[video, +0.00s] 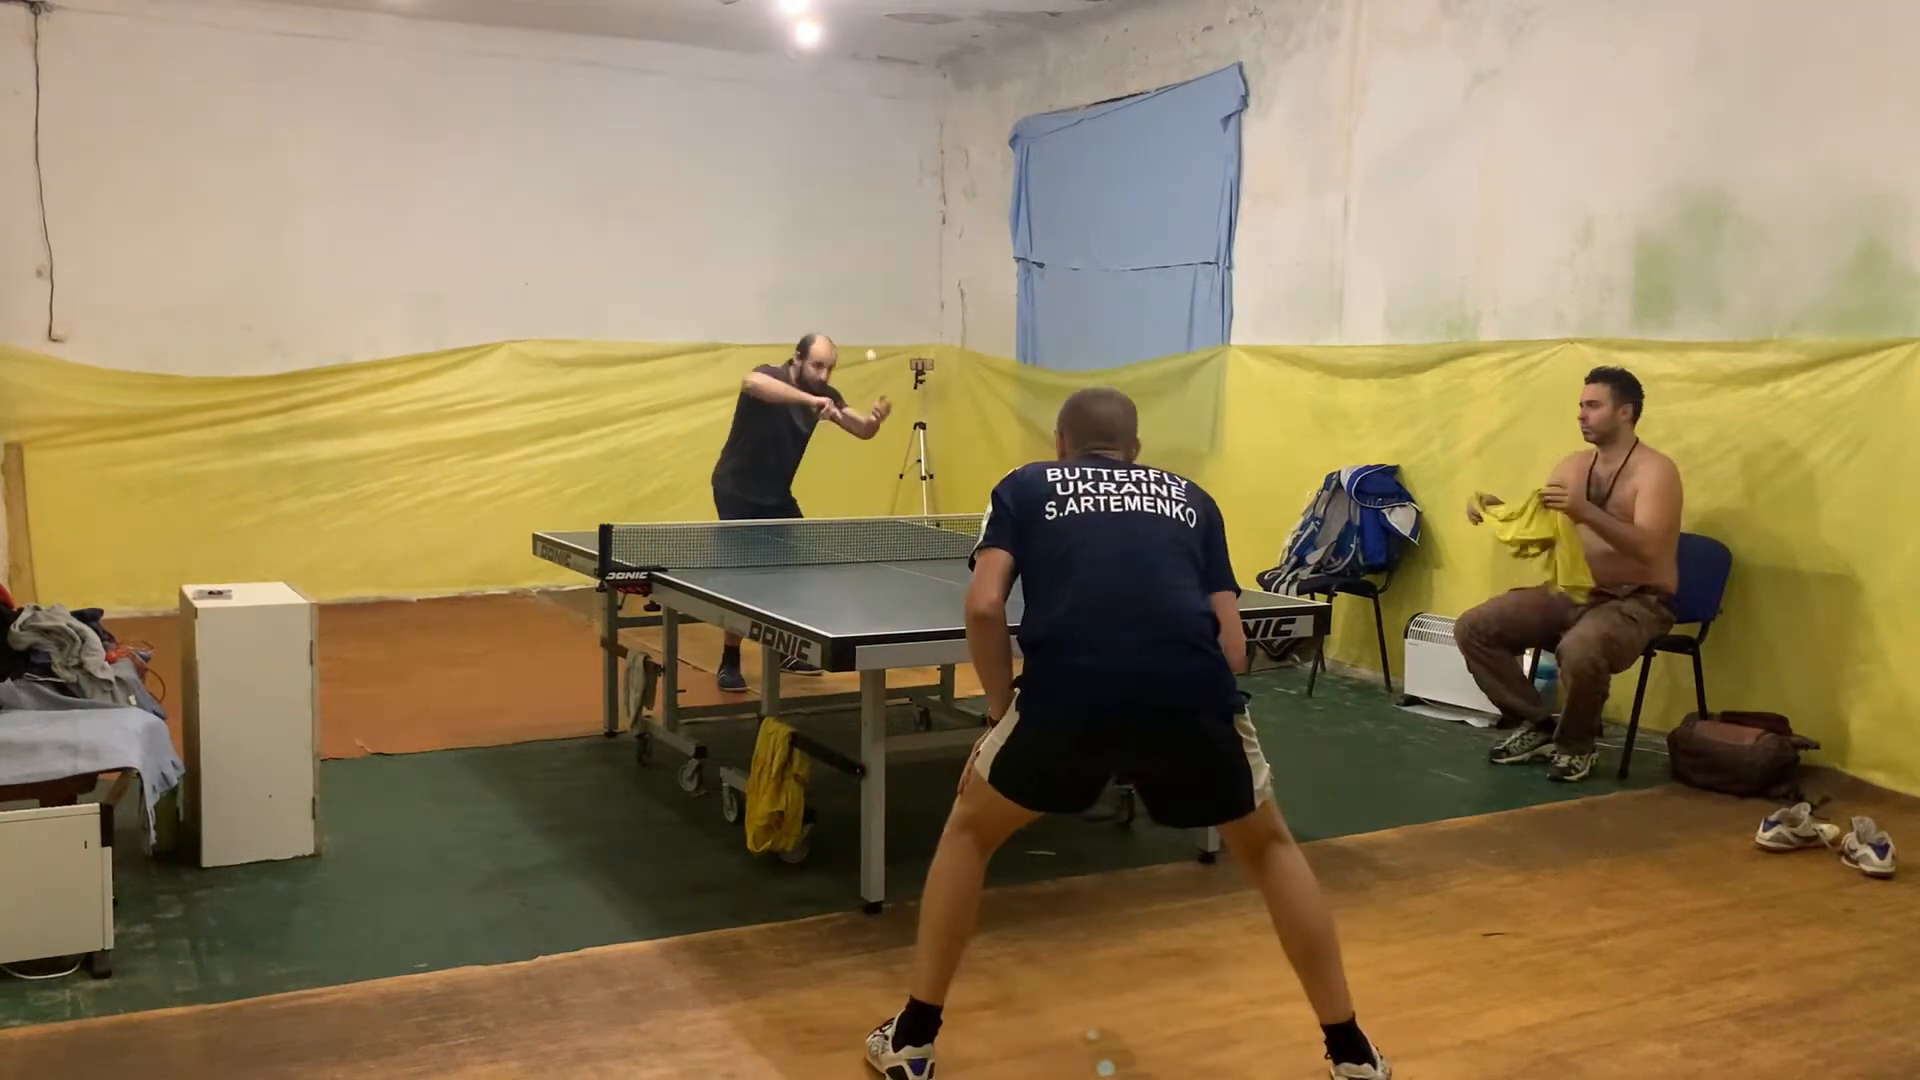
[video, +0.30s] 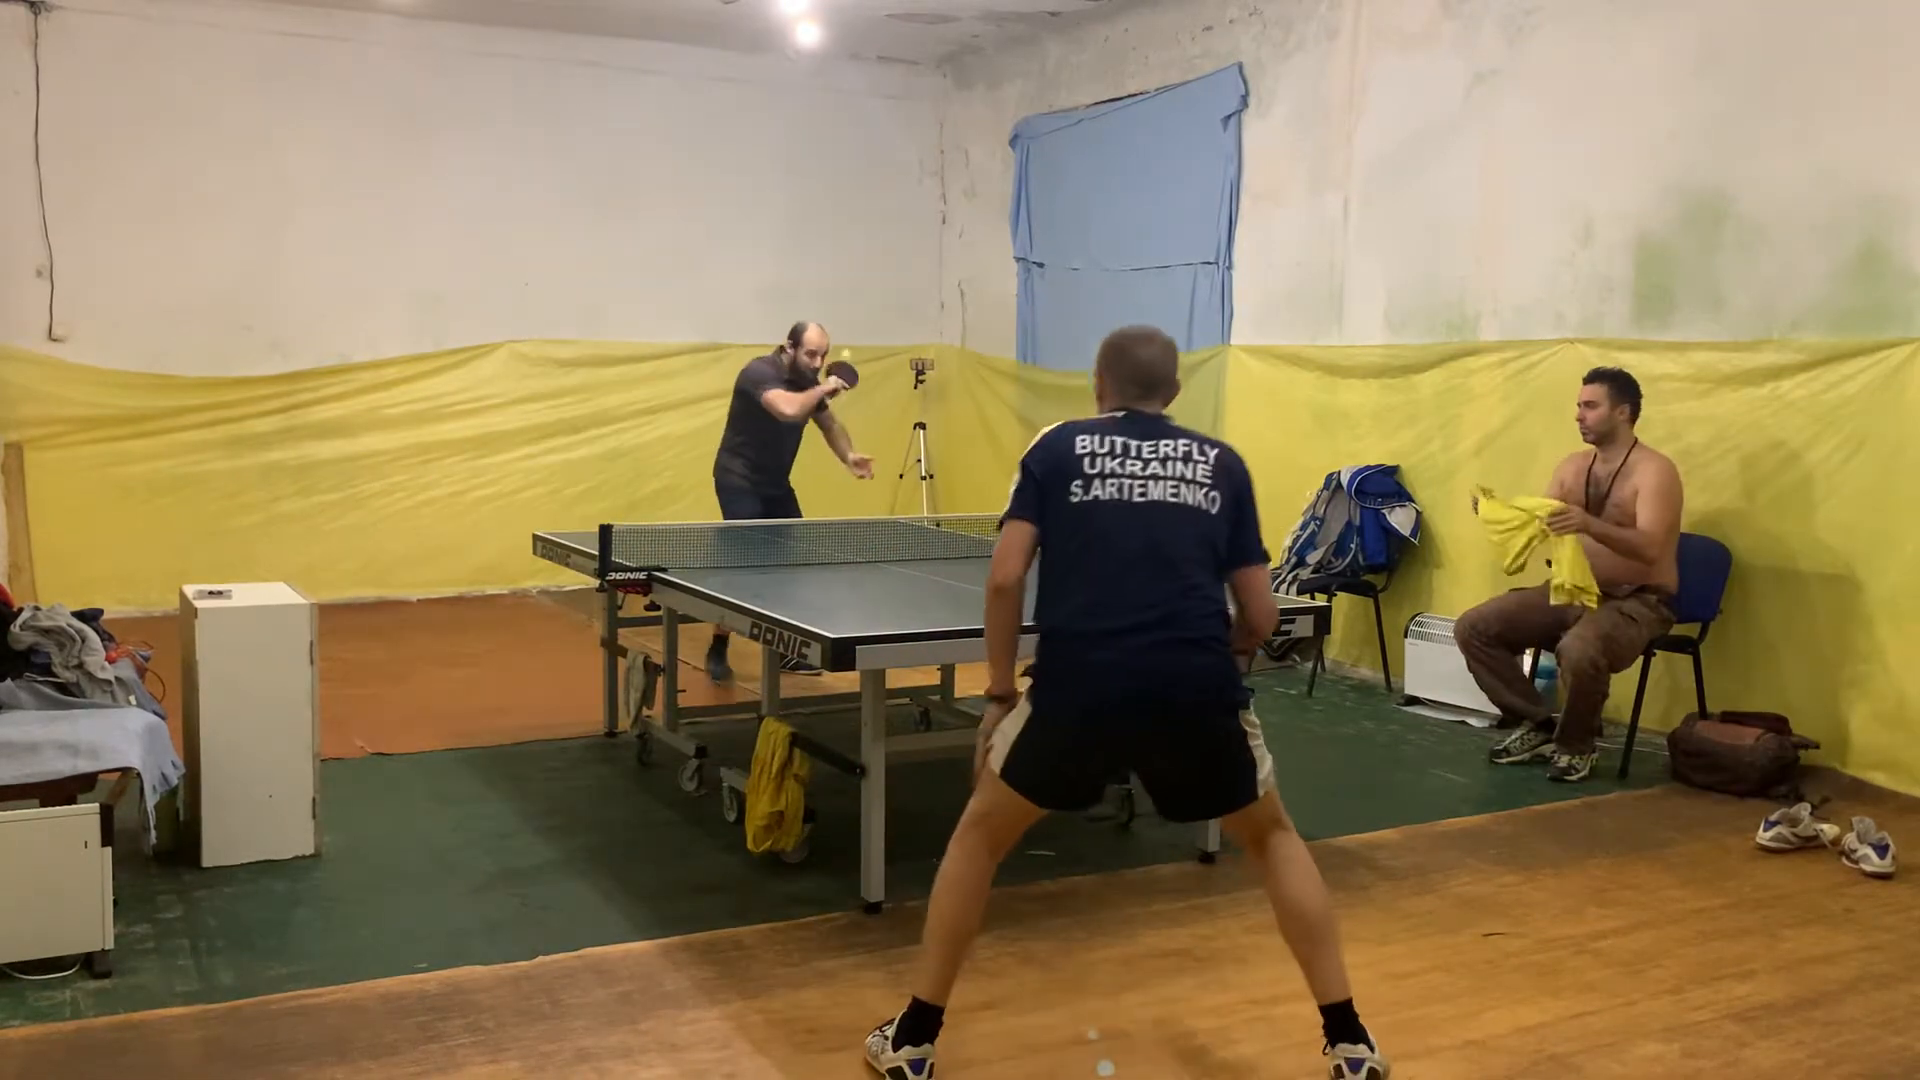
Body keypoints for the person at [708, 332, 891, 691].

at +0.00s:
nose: (824, 373)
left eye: (829, 367)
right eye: (818, 365)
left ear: (833, 367)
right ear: (797, 359)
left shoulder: (825, 395)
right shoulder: (771, 376)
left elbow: (863, 430)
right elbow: (752, 383)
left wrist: (876, 419)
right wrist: (808, 399)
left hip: (778, 496)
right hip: (737, 492)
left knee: (801, 567)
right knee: (744, 574)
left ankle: (787, 648)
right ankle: (731, 660)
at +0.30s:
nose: (818, 362)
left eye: (822, 356)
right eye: (812, 354)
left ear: (824, 354)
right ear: (789, 347)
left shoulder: (809, 381)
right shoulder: (759, 372)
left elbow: (829, 425)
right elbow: (786, 409)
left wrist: (849, 456)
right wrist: (821, 389)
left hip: (776, 483)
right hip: (739, 479)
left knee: (794, 559)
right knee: (748, 560)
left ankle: (787, 646)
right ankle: (719, 644)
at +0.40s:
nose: (817, 380)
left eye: (822, 373)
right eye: (811, 371)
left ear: (826, 369)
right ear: (790, 360)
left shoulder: (803, 385)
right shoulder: (757, 377)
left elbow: (817, 431)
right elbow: (785, 425)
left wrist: (836, 472)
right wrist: (814, 404)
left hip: (768, 482)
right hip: (730, 478)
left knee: (792, 555)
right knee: (745, 550)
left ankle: (785, 645)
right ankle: (703, 612)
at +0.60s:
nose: (799, 398)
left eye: (805, 391)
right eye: (795, 389)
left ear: (808, 388)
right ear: (774, 378)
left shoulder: (790, 409)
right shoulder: (742, 383)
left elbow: (805, 443)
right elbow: (709, 385)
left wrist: (820, 485)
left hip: (755, 495)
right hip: (716, 493)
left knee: (792, 559)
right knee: (723, 567)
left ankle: (787, 647)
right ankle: (691, 643)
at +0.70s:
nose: (788, 391)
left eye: (792, 384)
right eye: (782, 383)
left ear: (795, 380)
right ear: (761, 374)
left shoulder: (780, 405)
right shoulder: (730, 385)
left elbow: (797, 440)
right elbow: (684, 372)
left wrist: (813, 484)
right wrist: (691, 388)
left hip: (751, 499)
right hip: (711, 500)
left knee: (789, 562)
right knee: (720, 581)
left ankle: (785, 649)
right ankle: (686, 658)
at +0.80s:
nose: (764, 361)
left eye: (769, 353)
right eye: (757, 353)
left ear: (773, 351)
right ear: (737, 349)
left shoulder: (767, 385)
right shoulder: (708, 369)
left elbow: (782, 423)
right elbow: (653, 366)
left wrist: (787, 469)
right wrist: (668, 386)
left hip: (741, 488)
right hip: (699, 487)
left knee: (775, 559)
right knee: (701, 569)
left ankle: (784, 647)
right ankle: (682, 655)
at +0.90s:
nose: (744, 333)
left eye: (748, 326)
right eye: (736, 326)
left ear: (754, 325)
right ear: (717, 325)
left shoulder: (754, 360)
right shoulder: (688, 352)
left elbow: (767, 407)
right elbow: (633, 376)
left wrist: (760, 453)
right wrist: (648, 399)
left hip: (731, 474)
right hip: (685, 473)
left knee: (759, 549)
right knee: (676, 553)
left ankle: (760, 635)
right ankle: (660, 650)